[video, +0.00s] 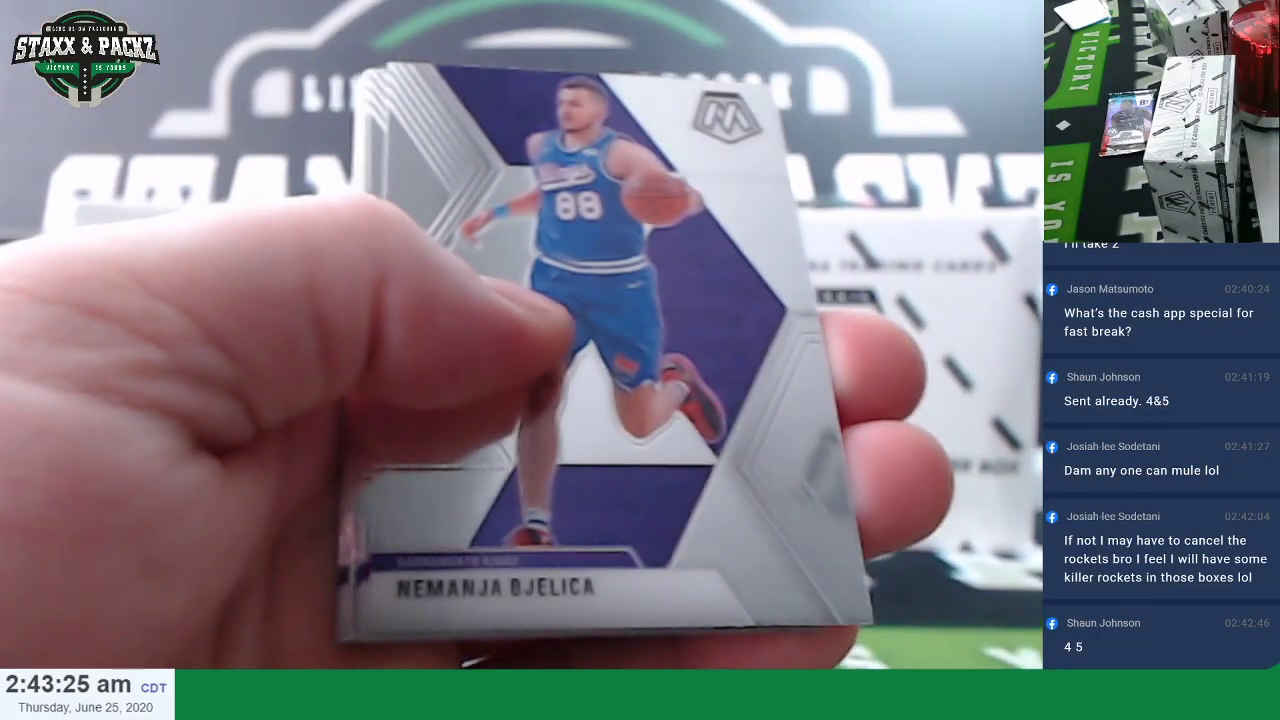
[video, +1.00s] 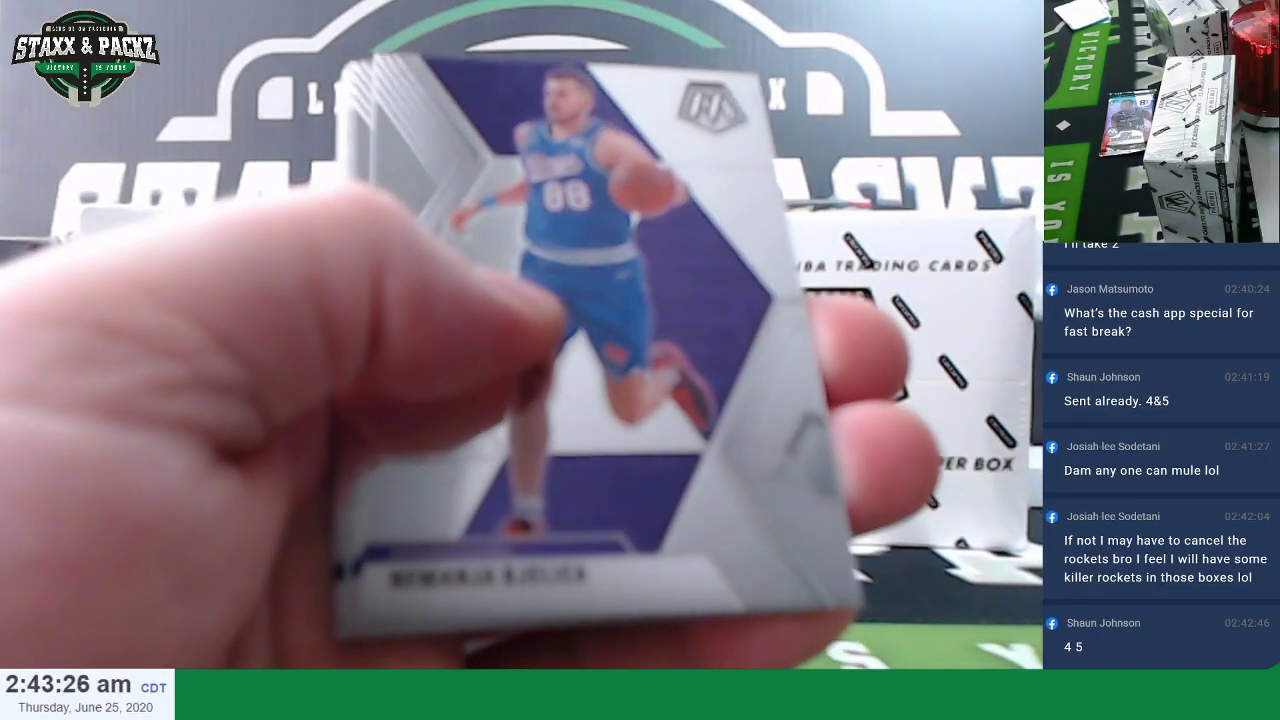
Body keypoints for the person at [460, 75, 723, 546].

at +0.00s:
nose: (568, 109)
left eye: (578, 102)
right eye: (563, 102)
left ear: (602, 111)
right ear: (555, 110)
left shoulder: (622, 154)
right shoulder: (539, 147)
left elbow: (679, 194)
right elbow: (550, 193)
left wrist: (677, 203)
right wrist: (495, 213)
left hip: (622, 290)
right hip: (555, 284)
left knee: (639, 422)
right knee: (538, 398)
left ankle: (682, 383)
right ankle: (536, 526)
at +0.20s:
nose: (567, 110)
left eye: (578, 103)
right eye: (562, 103)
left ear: (602, 112)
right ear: (555, 112)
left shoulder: (621, 154)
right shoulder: (539, 148)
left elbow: (684, 197)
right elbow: (548, 194)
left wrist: (678, 203)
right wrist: (494, 215)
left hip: (621, 292)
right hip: (554, 286)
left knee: (638, 424)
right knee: (537, 399)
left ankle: (681, 384)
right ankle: (535, 529)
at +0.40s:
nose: (554, 102)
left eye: (564, 95)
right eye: (549, 95)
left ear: (588, 103)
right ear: (542, 102)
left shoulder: (609, 146)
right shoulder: (526, 139)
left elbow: (673, 189)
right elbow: (535, 186)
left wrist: (665, 195)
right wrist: (481, 207)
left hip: (608, 283)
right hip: (541, 277)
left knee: (625, 415)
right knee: (524, 392)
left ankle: (667, 376)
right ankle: (523, 521)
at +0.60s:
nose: (559, 100)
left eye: (570, 93)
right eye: (555, 94)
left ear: (593, 103)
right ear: (547, 103)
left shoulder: (613, 146)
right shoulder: (531, 138)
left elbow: (667, 187)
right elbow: (541, 186)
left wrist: (671, 194)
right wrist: (486, 207)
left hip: (614, 284)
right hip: (547, 278)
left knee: (633, 415)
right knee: (530, 393)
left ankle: (675, 377)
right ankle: (531, 524)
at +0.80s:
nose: (560, 106)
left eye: (570, 99)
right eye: (555, 99)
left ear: (593, 107)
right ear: (547, 107)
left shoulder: (613, 150)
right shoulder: (531, 142)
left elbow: (658, 187)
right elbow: (541, 190)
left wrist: (665, 199)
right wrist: (487, 210)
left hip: (613, 287)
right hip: (546, 281)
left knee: (630, 417)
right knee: (528, 396)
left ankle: (673, 380)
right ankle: (528, 524)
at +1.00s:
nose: (555, 100)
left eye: (565, 93)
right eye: (550, 93)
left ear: (588, 100)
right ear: (543, 101)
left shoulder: (608, 143)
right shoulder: (528, 136)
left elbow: (655, 180)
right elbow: (538, 185)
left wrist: (658, 191)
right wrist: (483, 204)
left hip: (610, 280)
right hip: (544, 275)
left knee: (629, 408)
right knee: (527, 388)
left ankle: (672, 372)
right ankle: (527, 517)